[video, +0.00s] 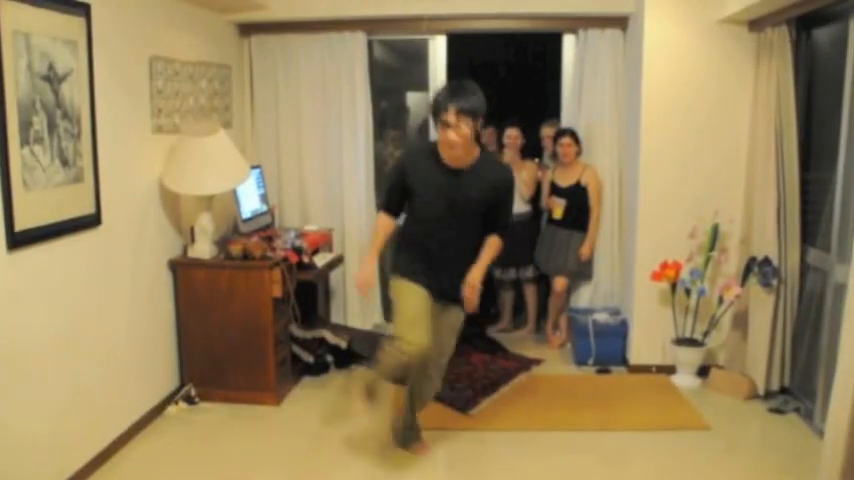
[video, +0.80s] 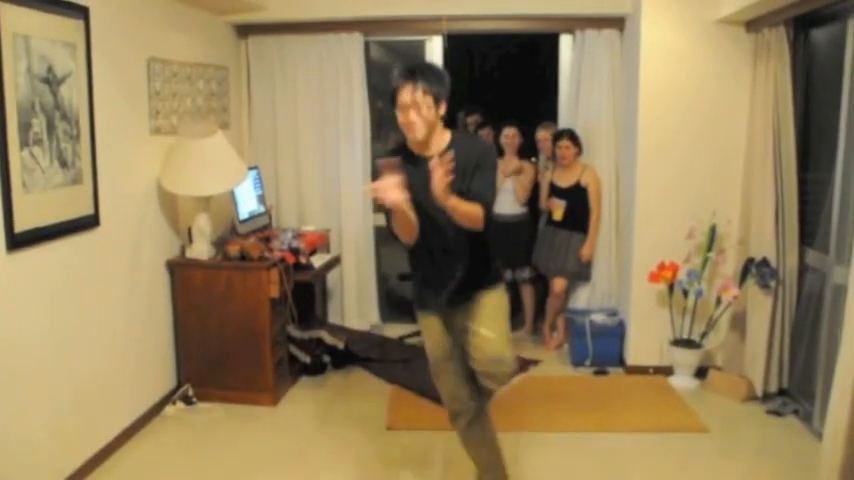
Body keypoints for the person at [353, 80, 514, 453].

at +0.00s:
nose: (453, 135)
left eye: (461, 126)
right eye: (446, 126)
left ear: (477, 127)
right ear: (435, 125)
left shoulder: (496, 175)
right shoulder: (415, 160)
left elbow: (497, 232)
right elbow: (389, 211)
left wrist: (475, 276)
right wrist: (370, 260)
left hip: (459, 277)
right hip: (412, 265)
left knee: (435, 361)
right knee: (415, 343)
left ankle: (408, 421)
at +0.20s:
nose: (414, 128)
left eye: (422, 120)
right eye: (412, 119)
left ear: (452, 118)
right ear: (410, 115)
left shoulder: (480, 167)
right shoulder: (411, 148)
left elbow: (483, 236)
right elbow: (388, 203)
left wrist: (430, 248)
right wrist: (347, 223)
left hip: (437, 298)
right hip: (391, 281)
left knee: (400, 383)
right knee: (353, 334)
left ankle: (373, 464)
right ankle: (426, 350)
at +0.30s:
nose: (405, 139)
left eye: (413, 131)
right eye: (403, 130)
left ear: (442, 130)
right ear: (403, 129)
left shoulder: (469, 184)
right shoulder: (410, 165)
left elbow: (451, 254)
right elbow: (394, 218)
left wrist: (395, 239)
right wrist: (354, 221)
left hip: (434, 303)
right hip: (394, 286)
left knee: (403, 383)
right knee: (364, 347)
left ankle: (375, 451)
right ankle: (452, 386)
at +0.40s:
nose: (396, 135)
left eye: (405, 125)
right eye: (394, 126)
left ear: (433, 128)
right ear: (393, 128)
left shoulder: (463, 180)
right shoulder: (401, 172)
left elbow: (444, 252)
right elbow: (400, 229)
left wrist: (382, 229)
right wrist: (377, 220)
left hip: (450, 305)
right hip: (412, 298)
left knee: (413, 382)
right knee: (414, 379)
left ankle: (387, 454)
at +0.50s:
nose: (399, 128)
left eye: (410, 119)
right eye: (396, 119)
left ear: (435, 123)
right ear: (391, 124)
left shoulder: (464, 171)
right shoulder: (399, 172)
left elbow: (458, 242)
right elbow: (383, 243)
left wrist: (395, 217)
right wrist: (367, 220)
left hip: (464, 297)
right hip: (429, 296)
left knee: (415, 371)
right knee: (449, 385)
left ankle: (418, 464)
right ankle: (490, 459)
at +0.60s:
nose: (401, 110)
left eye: (411, 101)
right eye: (397, 102)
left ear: (436, 106)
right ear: (393, 109)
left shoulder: (469, 150)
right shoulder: (394, 163)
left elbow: (473, 218)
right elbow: (388, 232)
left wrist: (435, 196)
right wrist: (356, 203)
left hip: (474, 275)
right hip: (431, 281)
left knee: (431, 342)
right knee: (447, 377)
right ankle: (486, 454)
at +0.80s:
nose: (406, 118)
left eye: (415, 107)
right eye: (400, 108)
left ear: (440, 109)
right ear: (394, 112)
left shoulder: (475, 150)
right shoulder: (399, 163)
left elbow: (479, 219)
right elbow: (408, 237)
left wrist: (443, 196)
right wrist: (398, 205)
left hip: (480, 284)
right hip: (431, 290)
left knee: (490, 362)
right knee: (459, 401)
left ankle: (501, 376)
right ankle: (492, 474)